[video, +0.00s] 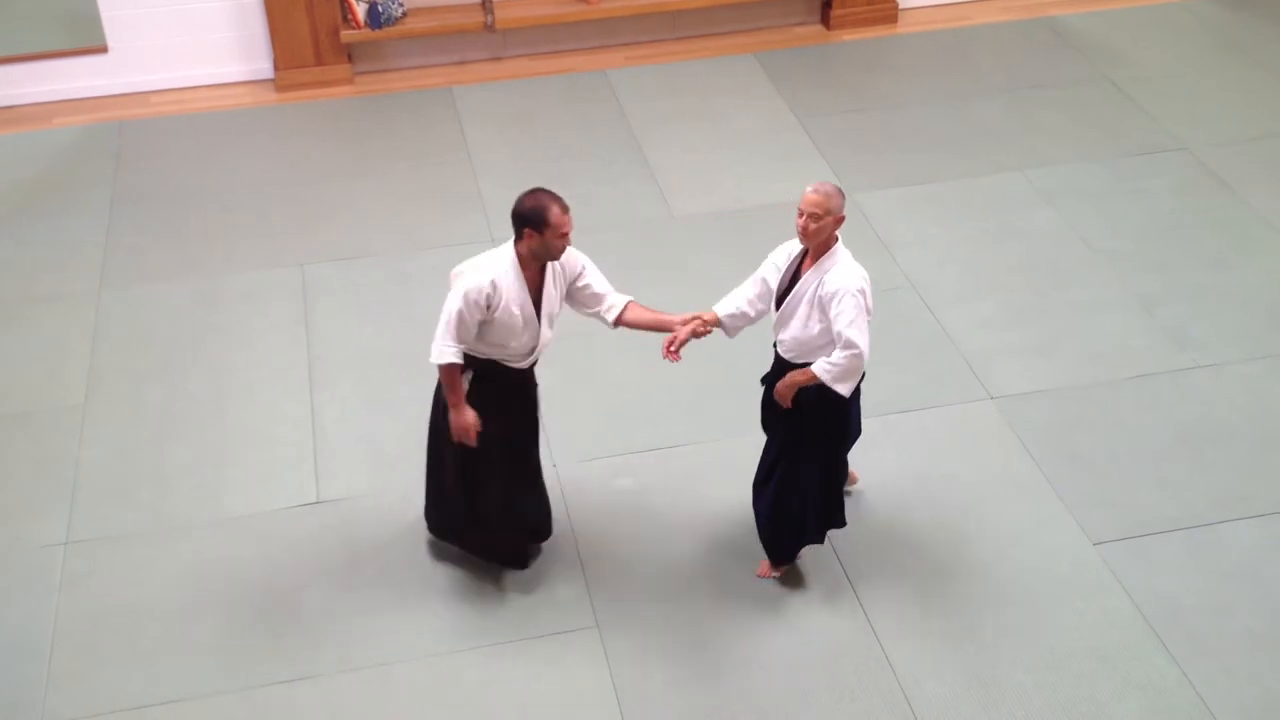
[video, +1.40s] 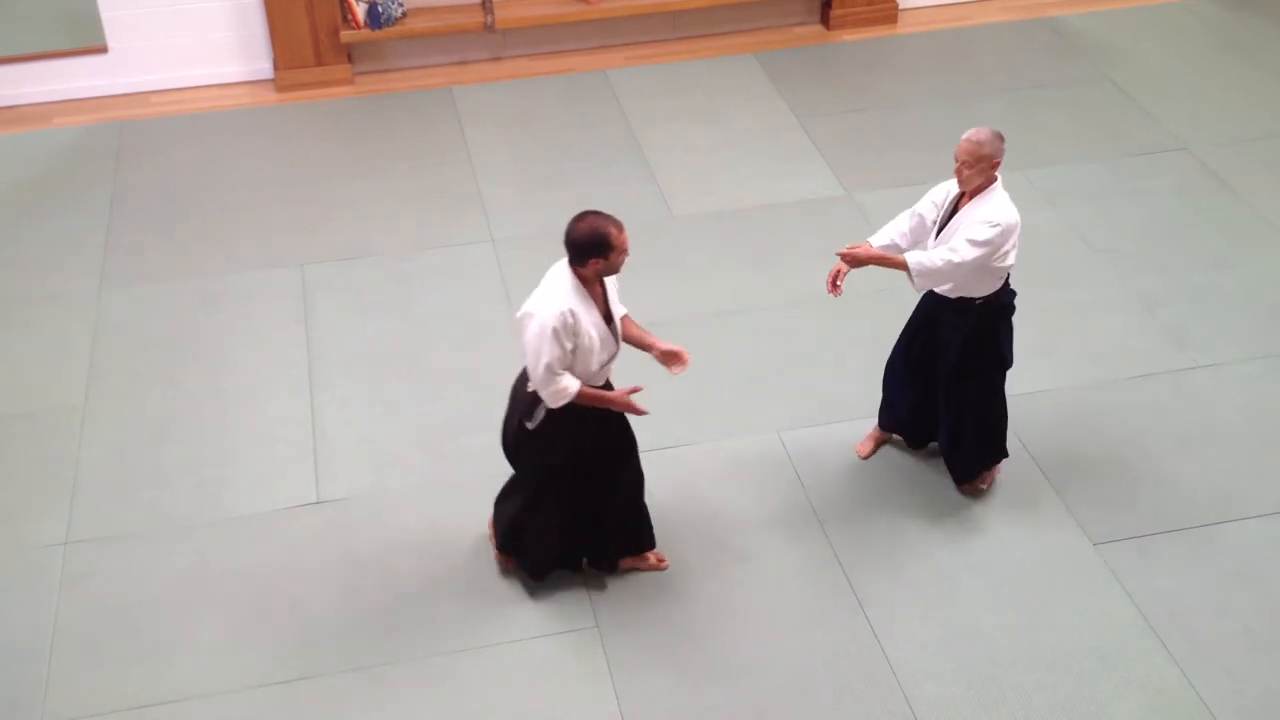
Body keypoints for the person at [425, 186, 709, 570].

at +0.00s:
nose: (568, 241)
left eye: (569, 232)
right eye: (561, 234)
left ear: (534, 236)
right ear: (529, 236)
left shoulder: (567, 265)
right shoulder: (480, 279)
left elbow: (615, 308)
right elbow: (447, 348)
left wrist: (677, 322)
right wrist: (457, 408)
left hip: (520, 379)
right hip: (476, 379)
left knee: (520, 459)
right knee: (477, 461)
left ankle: (524, 533)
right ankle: (474, 534)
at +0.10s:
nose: (576, 241)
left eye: (577, 233)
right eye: (569, 235)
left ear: (546, 235)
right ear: (537, 236)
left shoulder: (574, 265)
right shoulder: (487, 279)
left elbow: (623, 308)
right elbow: (448, 341)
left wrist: (684, 321)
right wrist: (443, 401)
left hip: (536, 375)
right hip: (487, 380)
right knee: (483, 460)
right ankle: (474, 534)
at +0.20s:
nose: (586, 241)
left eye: (587, 233)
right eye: (579, 235)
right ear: (547, 234)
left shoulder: (582, 262)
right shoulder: (496, 276)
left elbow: (629, 306)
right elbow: (457, 338)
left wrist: (688, 324)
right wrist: (449, 395)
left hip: (550, 368)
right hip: (501, 377)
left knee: (583, 431)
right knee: (503, 455)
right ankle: (493, 523)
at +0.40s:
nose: (608, 239)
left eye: (609, 230)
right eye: (601, 232)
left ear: (573, 235)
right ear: (569, 236)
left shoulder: (605, 256)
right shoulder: (523, 272)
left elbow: (633, 303)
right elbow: (490, 335)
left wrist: (668, 344)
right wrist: (498, 391)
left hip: (581, 362)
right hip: (532, 369)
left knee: (602, 425)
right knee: (517, 446)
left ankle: (615, 481)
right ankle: (496, 518)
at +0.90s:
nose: (591, 236)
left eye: (589, 229)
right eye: (583, 234)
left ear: (558, 242)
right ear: (554, 246)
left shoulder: (585, 246)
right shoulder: (517, 283)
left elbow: (597, 290)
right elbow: (494, 343)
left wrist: (608, 336)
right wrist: (546, 372)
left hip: (569, 362)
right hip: (520, 376)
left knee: (592, 429)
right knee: (512, 451)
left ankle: (605, 486)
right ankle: (497, 530)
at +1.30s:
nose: (606, 255)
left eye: (605, 249)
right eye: (601, 253)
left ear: (574, 261)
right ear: (573, 263)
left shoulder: (585, 274)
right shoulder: (527, 309)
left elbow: (601, 315)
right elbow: (522, 378)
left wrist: (631, 348)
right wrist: (578, 399)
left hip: (580, 384)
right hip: (529, 403)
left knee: (609, 451)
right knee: (530, 472)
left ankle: (601, 538)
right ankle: (502, 542)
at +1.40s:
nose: (626, 255)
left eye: (625, 249)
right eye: (621, 252)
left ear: (594, 259)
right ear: (595, 262)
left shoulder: (601, 275)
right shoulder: (551, 312)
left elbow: (615, 318)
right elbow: (551, 384)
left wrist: (654, 346)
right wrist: (610, 400)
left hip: (597, 396)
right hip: (552, 411)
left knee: (621, 469)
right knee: (553, 482)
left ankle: (627, 549)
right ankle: (508, 526)